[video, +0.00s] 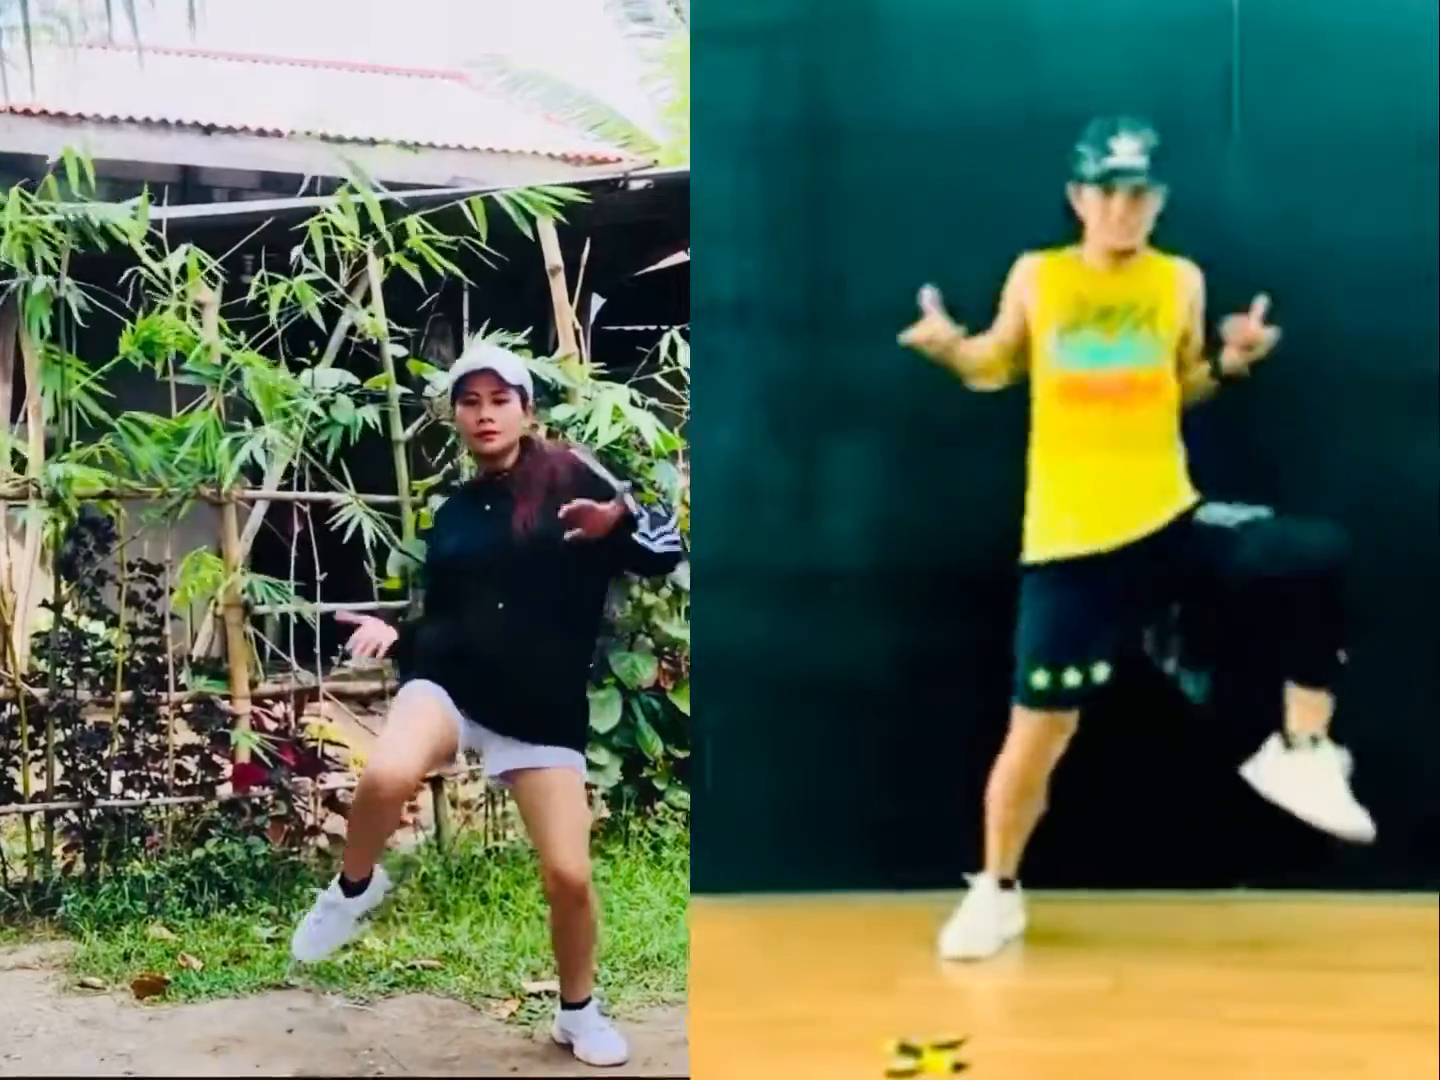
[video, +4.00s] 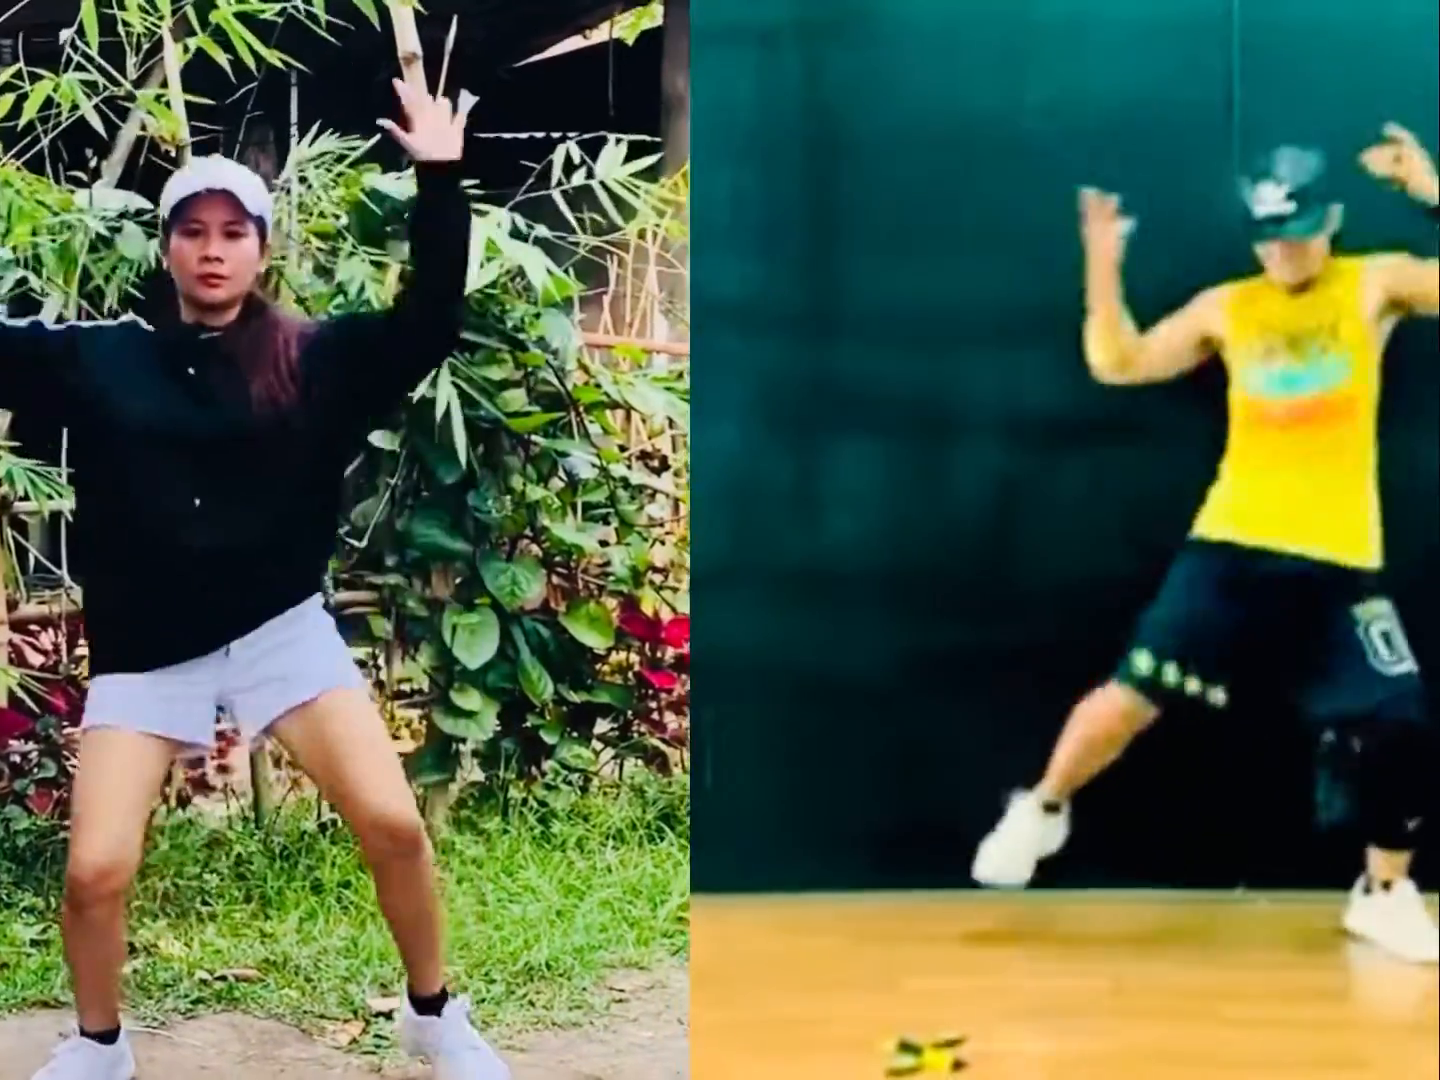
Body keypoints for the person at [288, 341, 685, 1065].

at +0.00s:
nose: (483, 416)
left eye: (499, 401)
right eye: (468, 403)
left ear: (527, 411)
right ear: (455, 418)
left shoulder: (574, 473)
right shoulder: (453, 511)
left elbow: (668, 552)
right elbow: (443, 621)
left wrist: (622, 522)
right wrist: (397, 631)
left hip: (543, 708)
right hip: (447, 684)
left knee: (571, 877)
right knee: (383, 778)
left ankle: (579, 1011)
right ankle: (353, 889)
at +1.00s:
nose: (315, 315)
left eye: (332, 300)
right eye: (298, 299)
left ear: (354, 316)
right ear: (273, 312)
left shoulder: (378, 406)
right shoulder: (231, 412)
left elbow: (423, 555)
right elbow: (182, 538)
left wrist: (451, 517)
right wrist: (178, 480)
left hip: (392, 630)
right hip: (274, 656)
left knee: (519, 735)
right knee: (243, 841)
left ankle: (506, 889)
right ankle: (252, 975)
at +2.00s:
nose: (312, 291)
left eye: (332, 277)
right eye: (297, 275)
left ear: (365, 292)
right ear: (273, 288)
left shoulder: (415, 394)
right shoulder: (237, 388)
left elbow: (541, 430)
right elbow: (149, 347)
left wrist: (589, 316)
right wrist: (212, 231)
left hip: (427, 659)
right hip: (294, 656)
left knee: (461, 846)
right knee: (192, 809)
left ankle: (484, 993)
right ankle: (139, 986)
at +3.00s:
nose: (292, 299)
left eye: (310, 280)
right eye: (272, 283)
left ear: (341, 294)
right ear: (247, 303)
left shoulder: (412, 400)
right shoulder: (199, 405)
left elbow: (526, 370)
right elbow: (88, 423)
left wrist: (530, 262)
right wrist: (142, 304)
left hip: (398, 682)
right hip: (253, 692)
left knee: (478, 868)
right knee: (180, 879)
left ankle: (480, 1019)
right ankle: (120, 1015)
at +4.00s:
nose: (212, 250)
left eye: (232, 232)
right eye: (193, 232)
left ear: (263, 249)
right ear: (164, 249)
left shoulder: (314, 356)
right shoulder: (99, 360)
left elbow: (429, 321)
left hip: (285, 628)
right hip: (140, 648)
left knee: (396, 826)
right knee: (93, 872)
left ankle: (434, 1016)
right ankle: (98, 1046)